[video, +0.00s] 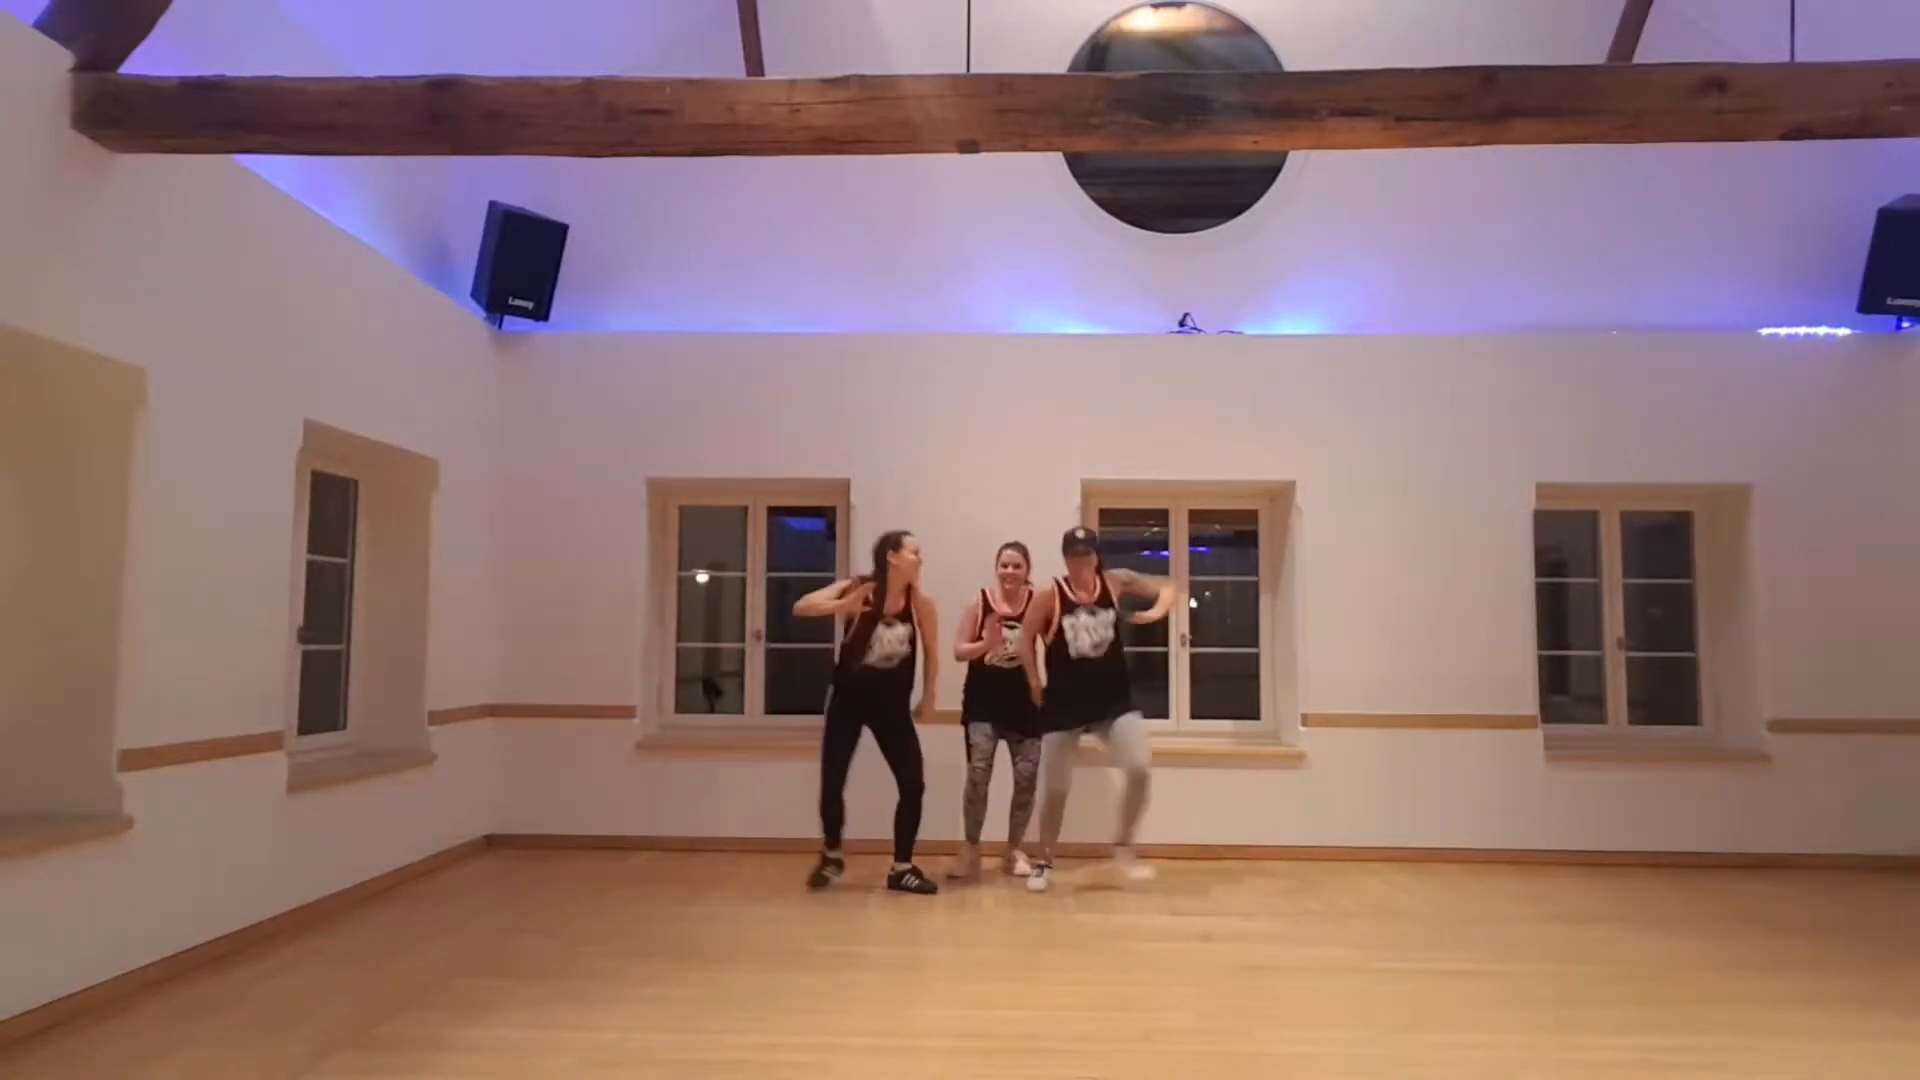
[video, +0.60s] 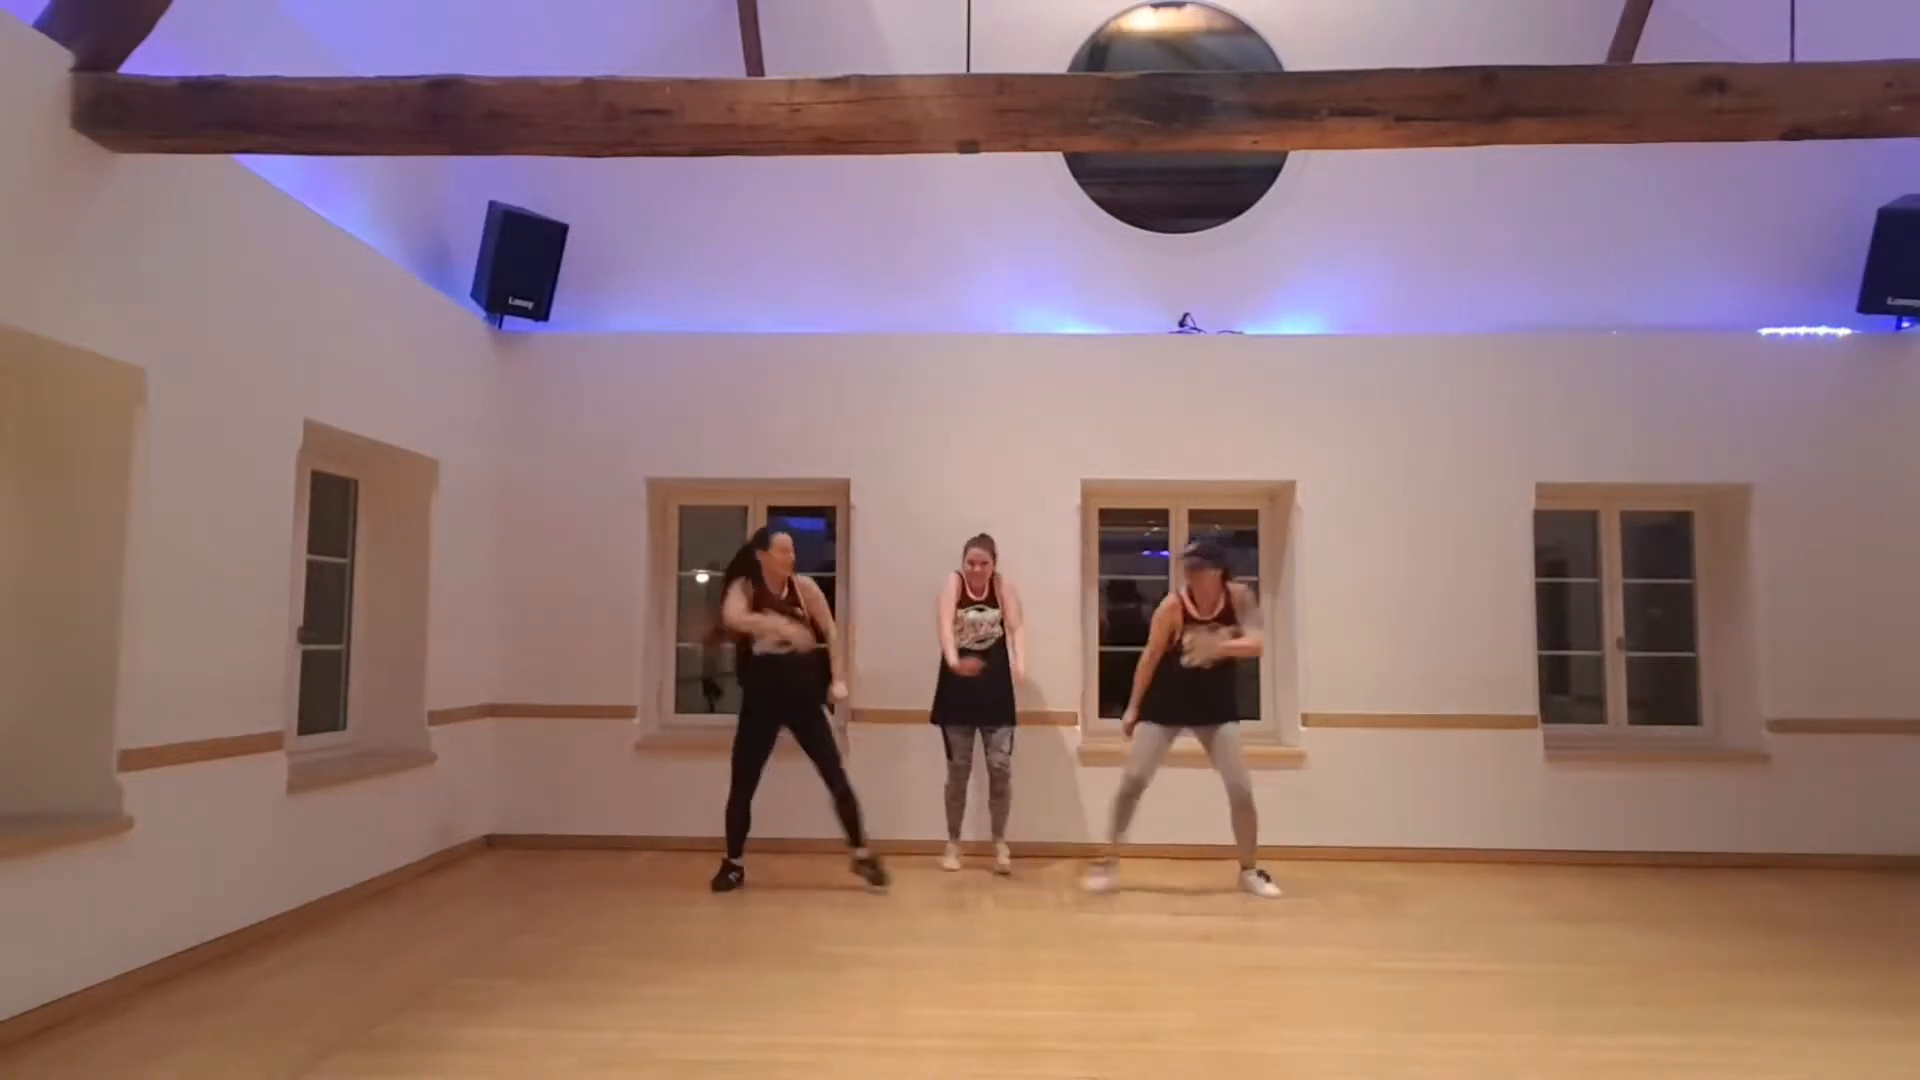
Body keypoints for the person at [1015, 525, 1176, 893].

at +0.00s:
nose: (1080, 563)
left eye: (1086, 556)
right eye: (1074, 556)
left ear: (1096, 556)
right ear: (1064, 558)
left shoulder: (1117, 582)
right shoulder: (1049, 595)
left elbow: (1169, 588)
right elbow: (1025, 640)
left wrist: (1155, 612)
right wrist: (1035, 686)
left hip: (1112, 700)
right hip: (1064, 703)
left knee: (1139, 769)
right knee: (1055, 788)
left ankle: (1124, 848)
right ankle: (1044, 862)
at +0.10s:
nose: (1068, 556)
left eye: (1074, 549)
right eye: (1066, 549)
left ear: (1095, 550)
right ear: (1068, 552)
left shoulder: (1125, 586)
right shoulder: (1060, 587)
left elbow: (1137, 639)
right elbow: (1047, 640)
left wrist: (1111, 634)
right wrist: (1048, 688)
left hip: (1128, 692)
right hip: (1076, 696)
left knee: (1166, 766)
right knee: (1069, 779)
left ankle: (1180, 851)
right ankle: (1059, 861)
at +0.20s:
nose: (1081, 567)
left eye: (1086, 561)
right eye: (1081, 561)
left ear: (1105, 563)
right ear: (1089, 565)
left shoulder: (1130, 594)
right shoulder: (1087, 599)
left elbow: (1104, 645)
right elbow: (1072, 645)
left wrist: (1063, 634)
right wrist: (1056, 689)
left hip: (1141, 704)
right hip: (1095, 707)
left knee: (1182, 780)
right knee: (1078, 787)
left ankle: (1224, 857)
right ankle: (1074, 867)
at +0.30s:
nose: (1105, 591)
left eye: (1111, 584)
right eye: (1103, 584)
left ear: (1128, 585)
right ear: (1105, 586)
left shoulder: (1153, 610)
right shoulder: (1105, 620)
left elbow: (1102, 619)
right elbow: (1095, 665)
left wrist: (1042, 624)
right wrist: (1068, 696)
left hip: (1154, 723)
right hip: (1107, 722)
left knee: (1199, 795)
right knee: (1073, 788)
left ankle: (1243, 870)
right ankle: (1074, 867)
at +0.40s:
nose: (1136, 602)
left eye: (1140, 596)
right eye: (1135, 596)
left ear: (1155, 598)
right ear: (1142, 600)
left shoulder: (1185, 621)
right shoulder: (1132, 633)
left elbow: (1140, 627)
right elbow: (1106, 670)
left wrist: (1080, 629)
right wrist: (1084, 713)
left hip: (1175, 740)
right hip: (1118, 738)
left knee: (1221, 807)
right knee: (1080, 792)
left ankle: (1245, 876)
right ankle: (1075, 869)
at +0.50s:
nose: (1167, 602)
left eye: (1174, 594)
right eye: (1164, 595)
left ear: (1193, 592)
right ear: (1160, 595)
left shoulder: (1217, 614)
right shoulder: (1154, 622)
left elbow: (1186, 638)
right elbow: (1129, 669)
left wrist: (1123, 637)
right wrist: (1107, 718)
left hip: (1197, 732)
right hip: (1141, 729)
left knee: (1237, 801)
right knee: (1106, 793)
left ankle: (1247, 875)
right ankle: (1076, 868)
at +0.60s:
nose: (1192, 578)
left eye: (1199, 571)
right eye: (1189, 571)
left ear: (1219, 573)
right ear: (1185, 574)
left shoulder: (1240, 598)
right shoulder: (1172, 607)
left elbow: (1255, 644)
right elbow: (1150, 656)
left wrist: (1218, 647)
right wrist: (1133, 706)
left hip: (1215, 708)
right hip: (1164, 707)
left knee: (1241, 788)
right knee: (1135, 779)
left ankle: (1249, 870)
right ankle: (1109, 859)